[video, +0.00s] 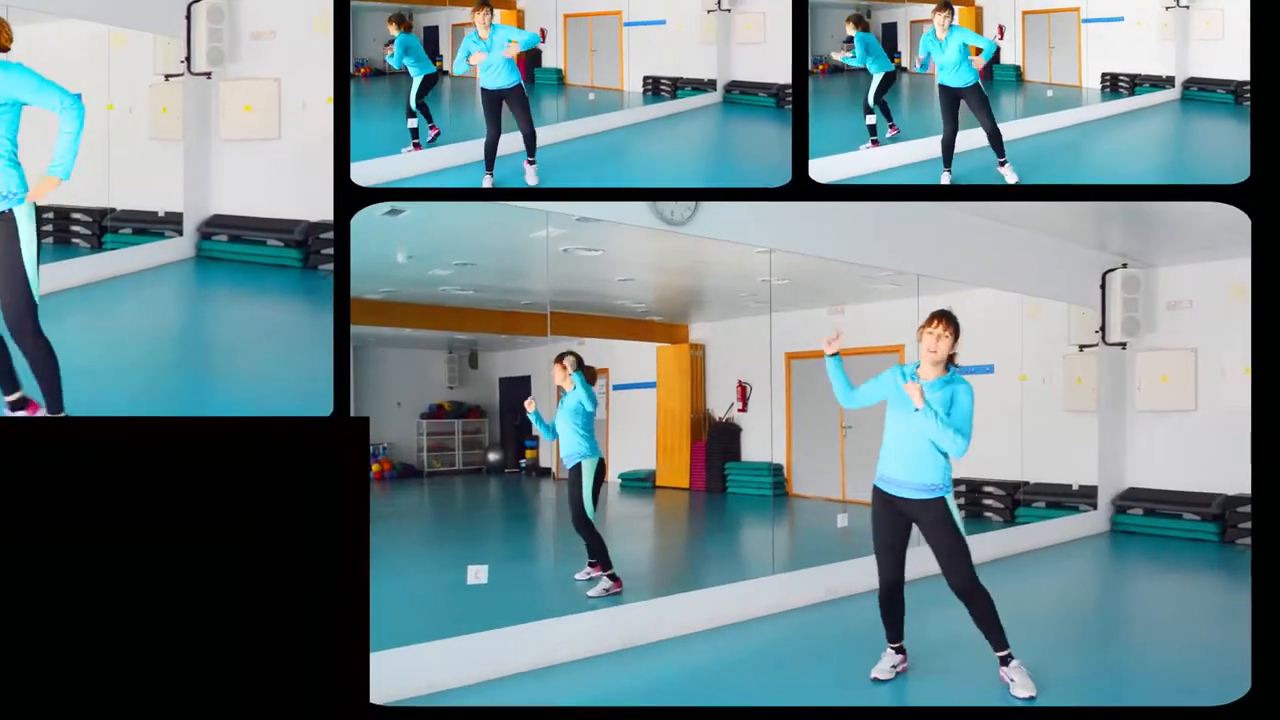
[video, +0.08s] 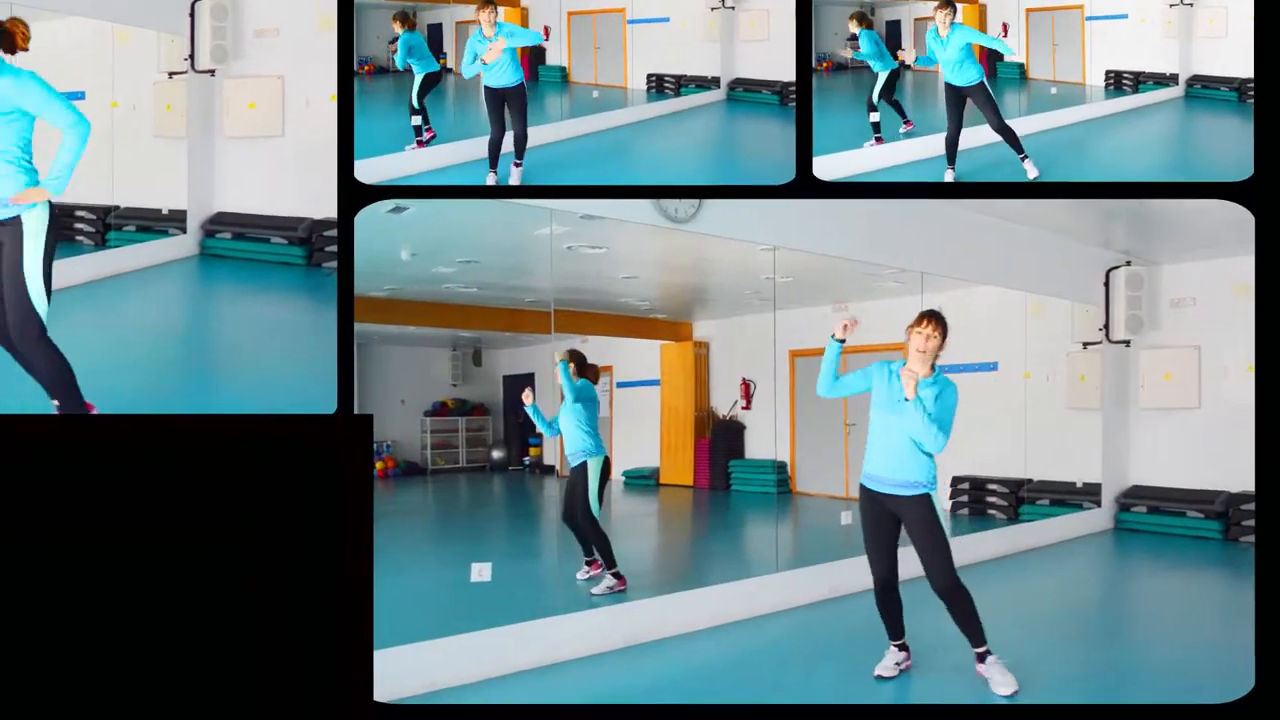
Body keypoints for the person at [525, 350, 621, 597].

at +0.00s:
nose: (553, 373)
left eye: (556, 368)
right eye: (554, 368)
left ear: (568, 370)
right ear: (561, 371)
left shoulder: (583, 394)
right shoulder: (564, 402)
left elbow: (590, 405)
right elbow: (549, 434)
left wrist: (574, 372)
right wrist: (533, 413)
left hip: (588, 461)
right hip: (575, 464)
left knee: (583, 519)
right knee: (579, 519)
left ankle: (611, 577)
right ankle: (596, 564)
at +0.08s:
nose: (560, 372)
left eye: (564, 367)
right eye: (559, 368)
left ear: (574, 368)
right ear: (570, 371)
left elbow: (571, 393)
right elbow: (549, 430)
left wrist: (562, 366)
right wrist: (531, 406)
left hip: (593, 460)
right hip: (577, 464)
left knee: (586, 517)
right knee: (570, 516)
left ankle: (615, 575)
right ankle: (592, 561)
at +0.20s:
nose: (574, 359)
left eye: (575, 354)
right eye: (574, 355)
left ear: (585, 352)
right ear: (589, 354)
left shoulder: (595, 370)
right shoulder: (587, 388)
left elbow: (554, 381)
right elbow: (562, 413)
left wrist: (557, 353)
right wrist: (540, 389)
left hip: (608, 447)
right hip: (593, 451)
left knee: (606, 505)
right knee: (574, 500)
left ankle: (634, 562)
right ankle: (598, 558)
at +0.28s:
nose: (588, 344)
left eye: (590, 340)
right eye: (589, 340)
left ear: (601, 340)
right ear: (609, 342)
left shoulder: (603, 357)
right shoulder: (608, 369)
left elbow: (563, 375)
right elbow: (582, 401)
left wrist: (571, 350)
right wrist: (554, 380)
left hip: (622, 437)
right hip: (610, 440)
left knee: (625, 494)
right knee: (591, 491)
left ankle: (654, 549)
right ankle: (607, 552)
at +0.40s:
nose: (621, 327)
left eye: (623, 322)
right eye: (622, 323)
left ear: (634, 321)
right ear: (642, 324)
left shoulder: (632, 340)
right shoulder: (647, 346)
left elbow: (604, 373)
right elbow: (622, 388)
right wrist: (590, 376)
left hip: (655, 420)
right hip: (644, 421)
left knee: (650, 483)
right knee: (628, 478)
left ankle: (691, 523)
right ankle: (648, 539)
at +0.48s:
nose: (651, 315)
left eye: (653, 309)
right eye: (651, 310)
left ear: (664, 309)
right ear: (671, 310)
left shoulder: (666, 324)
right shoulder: (674, 334)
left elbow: (641, 358)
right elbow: (656, 377)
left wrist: (625, 372)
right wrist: (621, 380)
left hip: (686, 405)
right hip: (675, 407)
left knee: (665, 467)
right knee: (654, 465)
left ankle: (711, 504)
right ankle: (680, 522)